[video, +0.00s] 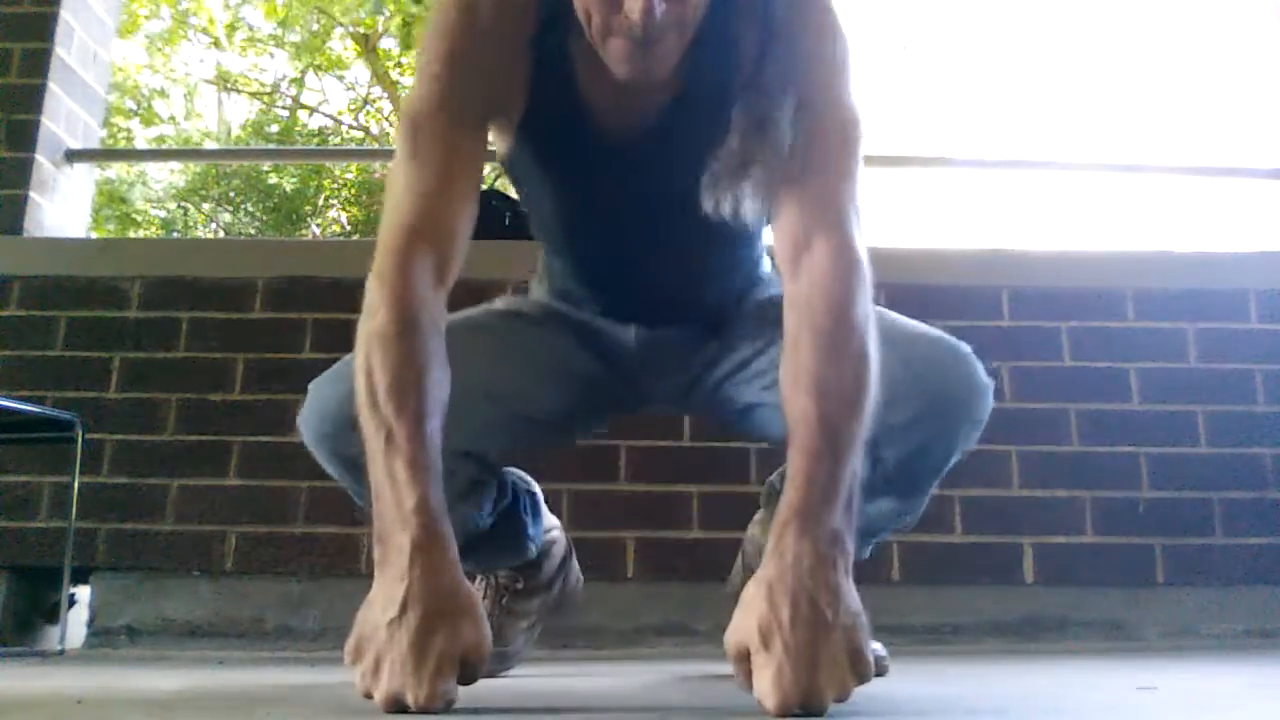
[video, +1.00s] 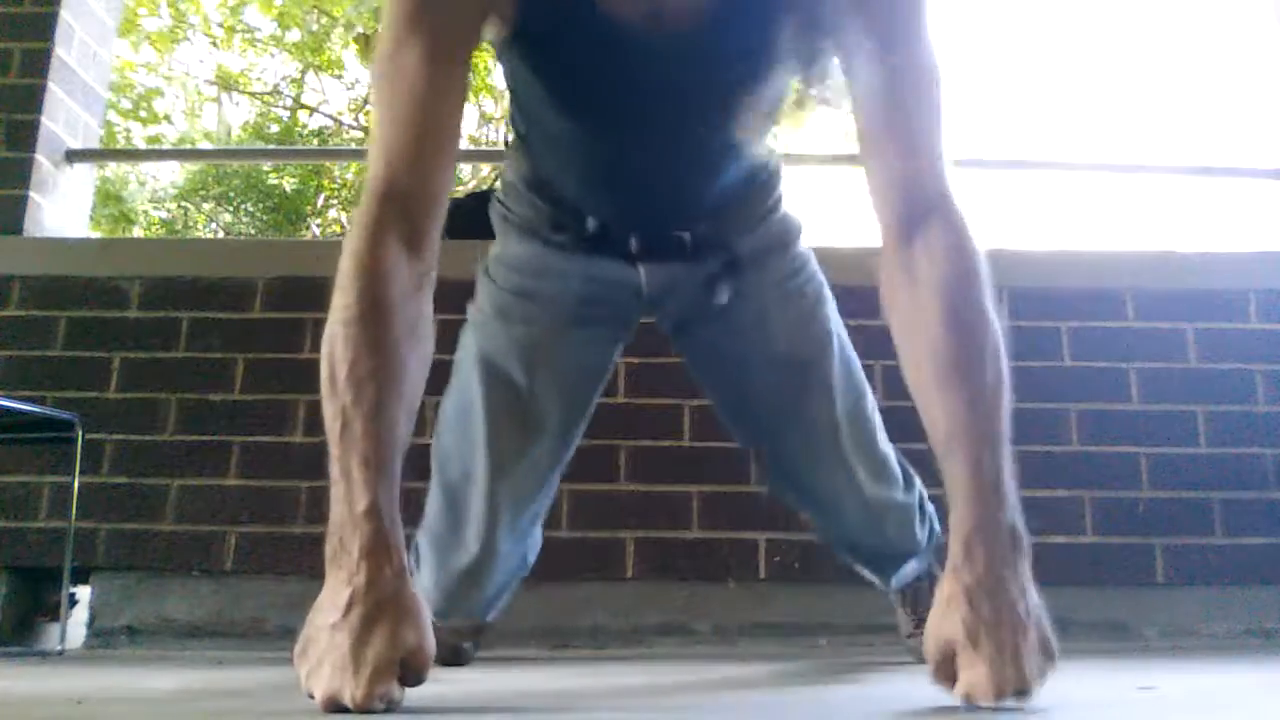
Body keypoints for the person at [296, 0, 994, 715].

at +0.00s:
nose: (629, 24)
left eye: (662, 4)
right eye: (603, 3)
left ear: (709, 1)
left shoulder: (791, 27)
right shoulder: (484, 24)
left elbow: (822, 257)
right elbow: (411, 280)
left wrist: (812, 546)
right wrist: (411, 559)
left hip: (740, 331)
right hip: (565, 330)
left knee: (947, 386)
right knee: (341, 413)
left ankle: (788, 570)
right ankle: (522, 558)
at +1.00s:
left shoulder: (858, 7)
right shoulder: (463, 7)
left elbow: (920, 229)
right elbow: (393, 234)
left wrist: (991, 551)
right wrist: (361, 562)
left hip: (738, 239)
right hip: (551, 243)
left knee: (865, 498)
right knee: (467, 546)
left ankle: (938, 591)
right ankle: (437, 620)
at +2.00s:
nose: (769, 15)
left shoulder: (945, 9)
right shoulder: (593, 11)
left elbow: (964, 237)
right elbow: (601, 274)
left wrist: (934, 511)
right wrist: (652, 564)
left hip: (832, 281)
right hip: (658, 272)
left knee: (939, 536)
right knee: (536, 539)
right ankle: (513, 571)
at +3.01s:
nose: (461, 32)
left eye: (494, 5)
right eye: (427, 4)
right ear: (380, 4)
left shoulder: (639, 32)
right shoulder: (318, 37)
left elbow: (771, 293)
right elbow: (270, 302)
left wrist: (775, 571)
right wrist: (256, 572)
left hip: (648, 336)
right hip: (494, 326)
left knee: (692, 568)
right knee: (459, 579)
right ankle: (527, 563)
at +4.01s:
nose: (357, 5)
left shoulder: (539, 22)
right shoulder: (237, 31)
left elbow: (660, 264)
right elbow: (240, 299)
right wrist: (248, 565)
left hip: (531, 316)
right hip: (367, 316)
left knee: (615, 542)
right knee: (299, 564)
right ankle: (357, 564)